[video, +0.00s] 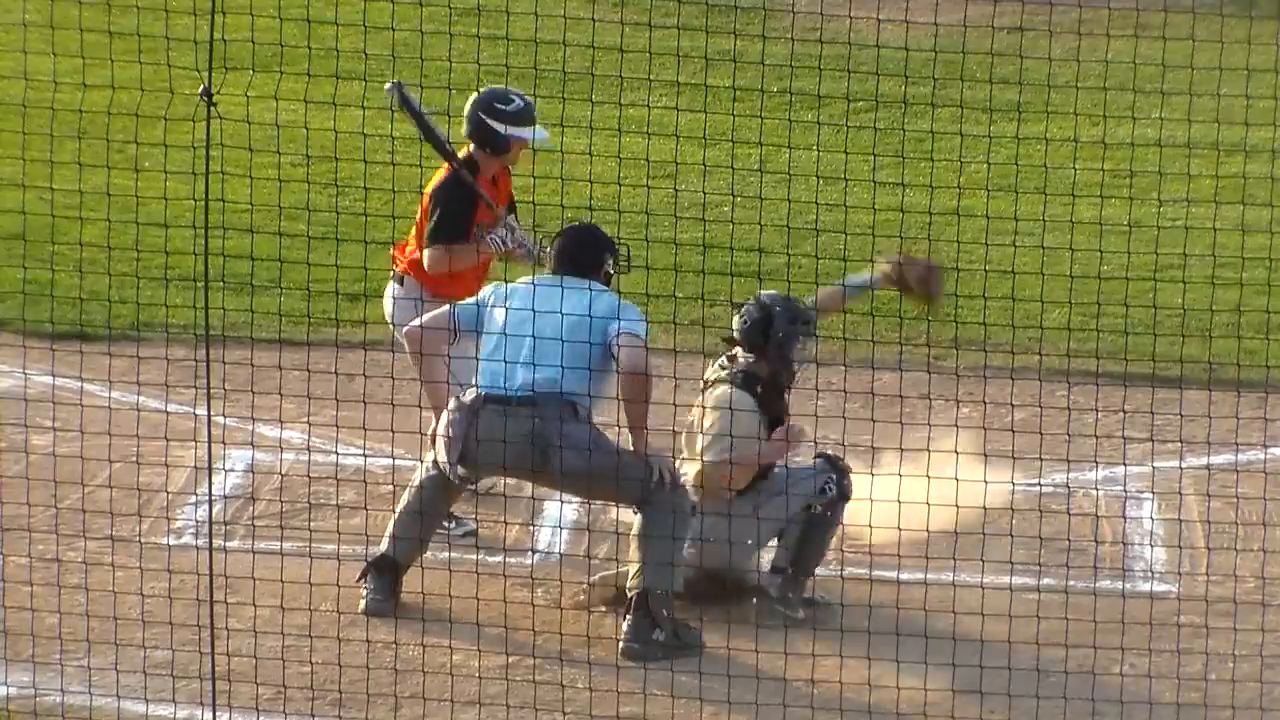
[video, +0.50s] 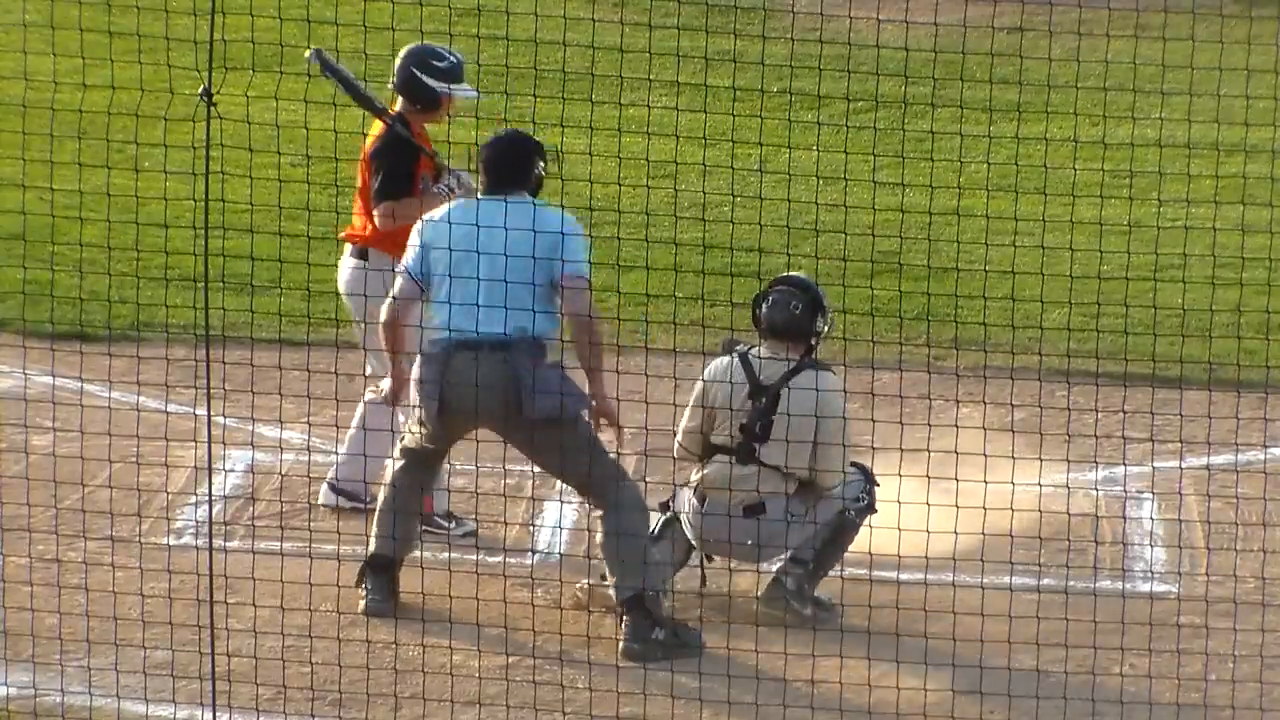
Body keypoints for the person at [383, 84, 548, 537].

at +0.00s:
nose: (525, 145)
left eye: (525, 136)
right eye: (519, 137)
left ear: (491, 139)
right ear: (498, 140)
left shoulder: (499, 175)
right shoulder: (453, 186)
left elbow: (499, 223)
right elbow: (435, 260)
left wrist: (515, 241)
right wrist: (490, 245)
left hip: (459, 296)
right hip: (417, 297)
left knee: (471, 396)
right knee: (450, 404)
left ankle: (443, 494)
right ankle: (432, 507)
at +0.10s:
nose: (514, 131)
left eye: (514, 123)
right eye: (507, 124)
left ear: (481, 127)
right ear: (487, 127)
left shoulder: (489, 161)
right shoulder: (445, 175)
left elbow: (486, 212)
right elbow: (430, 249)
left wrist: (512, 230)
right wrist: (484, 231)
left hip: (454, 286)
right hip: (415, 289)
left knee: (462, 388)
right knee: (445, 397)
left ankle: (410, 465)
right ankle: (434, 504)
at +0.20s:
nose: (501, 119)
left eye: (501, 111)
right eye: (494, 112)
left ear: (466, 113)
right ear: (473, 115)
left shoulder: (474, 150)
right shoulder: (435, 162)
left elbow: (472, 201)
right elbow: (423, 237)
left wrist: (503, 212)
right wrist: (476, 217)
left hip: (444, 278)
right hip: (409, 282)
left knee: (458, 375)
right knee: (445, 389)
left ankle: (390, 455)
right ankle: (432, 505)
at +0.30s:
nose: (486, 108)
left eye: (485, 99)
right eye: (479, 100)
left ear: (452, 103)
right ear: (456, 103)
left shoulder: (455, 139)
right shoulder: (422, 150)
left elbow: (457, 196)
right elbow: (412, 229)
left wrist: (492, 197)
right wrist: (467, 206)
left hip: (429, 275)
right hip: (402, 279)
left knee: (442, 374)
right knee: (449, 381)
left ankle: (372, 455)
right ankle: (428, 503)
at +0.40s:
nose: (471, 102)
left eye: (470, 94)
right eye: (465, 95)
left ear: (433, 97)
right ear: (444, 98)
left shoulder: (434, 136)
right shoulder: (407, 144)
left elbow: (441, 191)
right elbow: (399, 221)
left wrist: (479, 189)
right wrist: (453, 200)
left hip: (414, 274)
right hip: (392, 276)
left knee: (417, 381)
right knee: (435, 383)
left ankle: (354, 473)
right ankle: (432, 506)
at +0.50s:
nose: (453, 101)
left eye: (453, 91)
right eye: (449, 92)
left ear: (408, 89)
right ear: (429, 95)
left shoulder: (404, 132)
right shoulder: (394, 140)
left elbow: (402, 195)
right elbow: (386, 215)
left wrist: (444, 183)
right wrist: (440, 197)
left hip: (380, 269)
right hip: (375, 273)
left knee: (395, 378)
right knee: (412, 380)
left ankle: (349, 483)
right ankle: (428, 505)